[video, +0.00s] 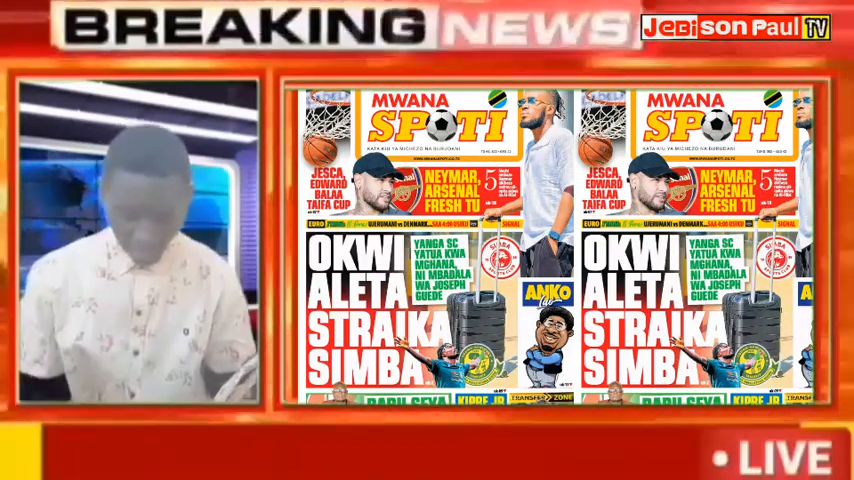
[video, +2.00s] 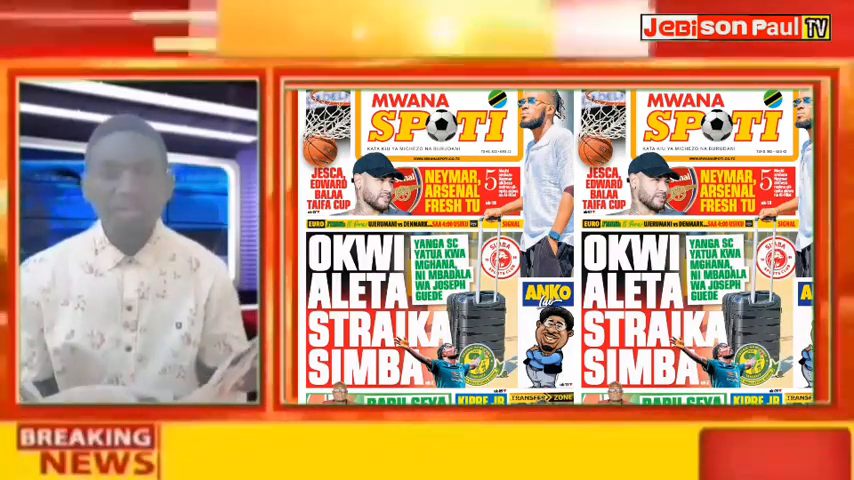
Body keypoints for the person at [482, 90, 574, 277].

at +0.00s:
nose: (523, 107)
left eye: (531, 101)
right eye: (522, 103)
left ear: (549, 110)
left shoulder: (563, 138)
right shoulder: (531, 147)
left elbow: (571, 192)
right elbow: (532, 196)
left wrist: (553, 238)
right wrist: (502, 211)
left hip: (552, 242)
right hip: (530, 243)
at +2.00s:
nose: (523, 107)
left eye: (531, 101)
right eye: (522, 103)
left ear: (549, 110)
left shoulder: (563, 138)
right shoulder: (531, 147)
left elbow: (571, 192)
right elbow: (532, 196)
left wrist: (553, 238)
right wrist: (502, 211)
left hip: (552, 242)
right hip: (530, 243)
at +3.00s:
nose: (523, 107)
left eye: (531, 101)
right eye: (522, 103)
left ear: (549, 110)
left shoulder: (563, 139)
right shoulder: (531, 147)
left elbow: (571, 192)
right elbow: (532, 196)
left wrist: (554, 238)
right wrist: (502, 211)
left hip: (551, 241)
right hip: (530, 242)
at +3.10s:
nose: (523, 107)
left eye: (531, 101)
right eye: (522, 103)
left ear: (549, 110)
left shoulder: (563, 139)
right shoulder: (531, 147)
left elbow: (571, 192)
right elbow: (532, 196)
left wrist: (554, 238)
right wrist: (502, 211)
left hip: (552, 241)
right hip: (530, 242)